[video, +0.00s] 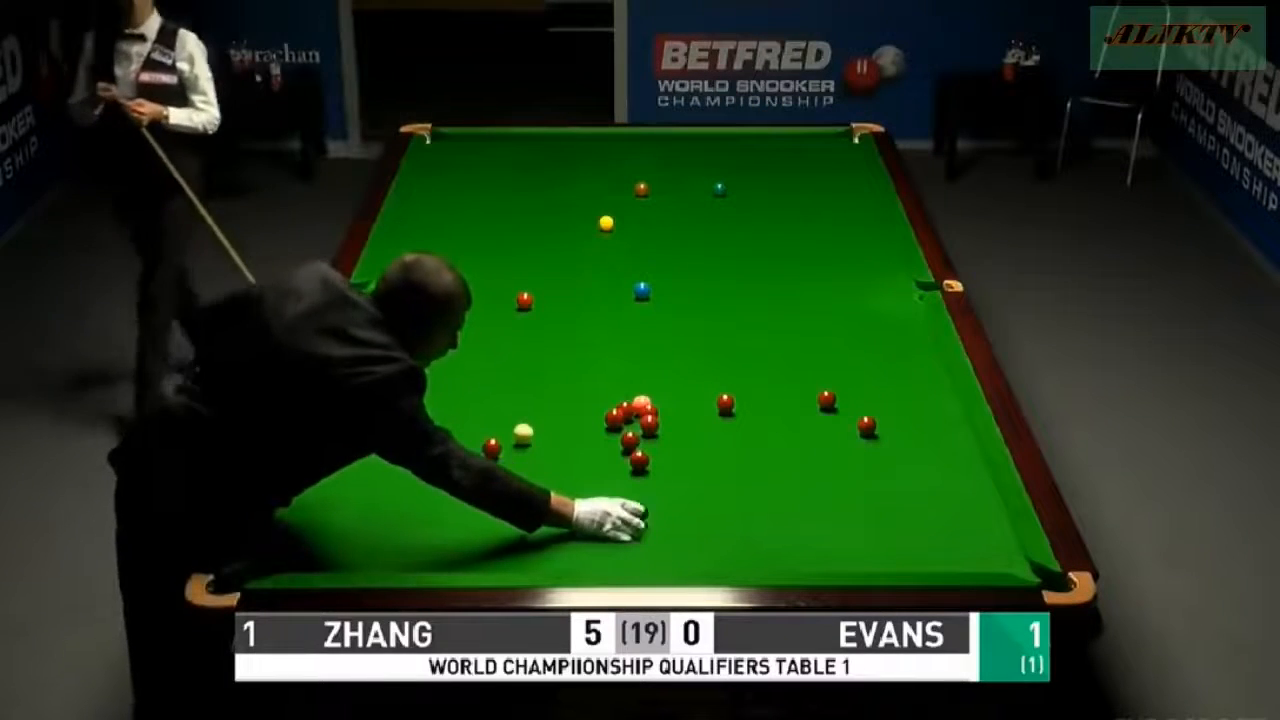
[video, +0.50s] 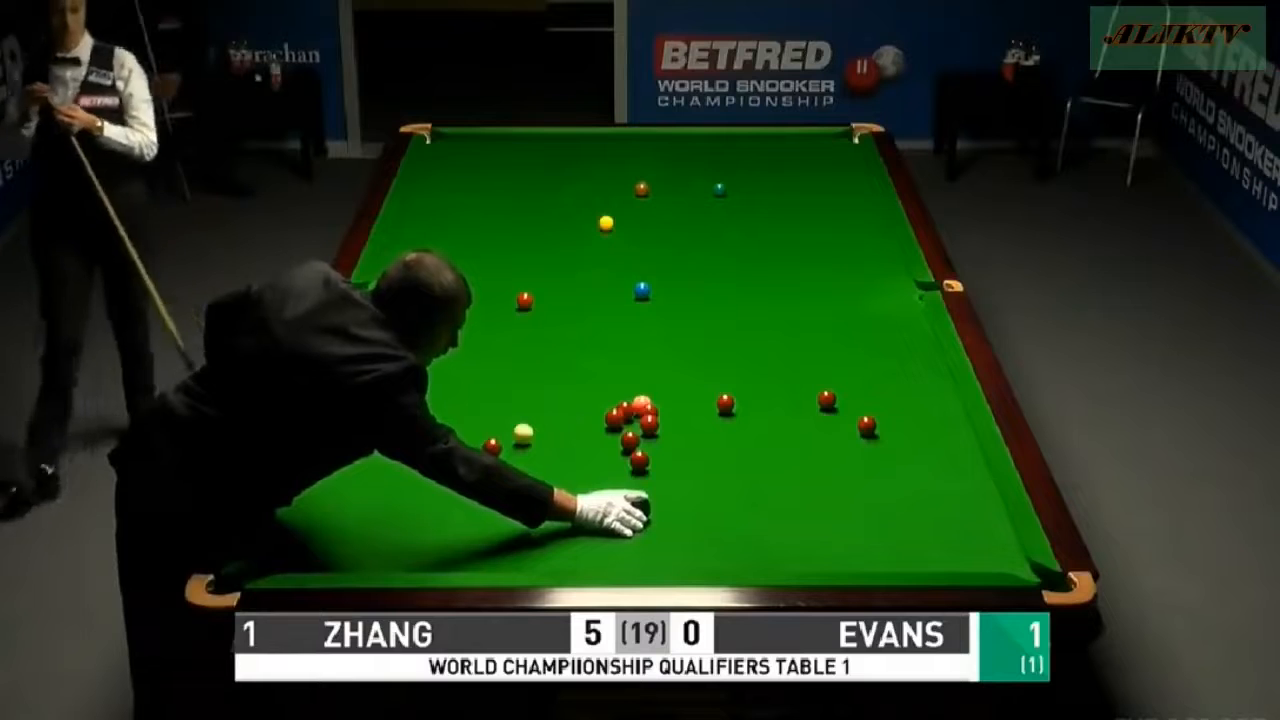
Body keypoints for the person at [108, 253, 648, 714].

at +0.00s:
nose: (455, 343)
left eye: (457, 330)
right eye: (453, 331)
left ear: (387, 288)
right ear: (426, 329)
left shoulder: (311, 282)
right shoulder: (383, 386)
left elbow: (205, 320)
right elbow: (457, 469)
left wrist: (255, 391)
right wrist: (568, 510)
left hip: (153, 461)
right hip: (203, 504)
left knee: (161, 653)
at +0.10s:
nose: (453, 341)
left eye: (455, 327)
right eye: (451, 329)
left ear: (385, 286)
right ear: (425, 327)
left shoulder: (311, 282)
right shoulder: (380, 385)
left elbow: (214, 321)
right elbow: (456, 471)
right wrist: (567, 511)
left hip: (151, 464)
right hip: (203, 503)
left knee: (161, 654)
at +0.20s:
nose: (452, 340)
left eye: (453, 326)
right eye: (450, 329)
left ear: (384, 285)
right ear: (425, 327)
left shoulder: (312, 281)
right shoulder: (382, 384)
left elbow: (223, 313)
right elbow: (456, 467)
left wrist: (238, 406)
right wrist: (568, 508)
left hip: (155, 455)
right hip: (202, 498)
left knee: (160, 645)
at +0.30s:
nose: (453, 339)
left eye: (455, 326)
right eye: (451, 328)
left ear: (385, 285)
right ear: (426, 327)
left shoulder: (313, 281)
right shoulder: (383, 383)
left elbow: (223, 314)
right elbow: (456, 465)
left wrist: (239, 404)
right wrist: (570, 506)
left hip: (153, 452)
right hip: (201, 496)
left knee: (160, 639)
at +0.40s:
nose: (454, 341)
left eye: (456, 329)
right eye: (452, 330)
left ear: (386, 286)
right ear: (427, 328)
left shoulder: (312, 280)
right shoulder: (384, 381)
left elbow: (219, 315)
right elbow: (456, 464)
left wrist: (240, 400)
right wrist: (574, 506)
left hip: (155, 452)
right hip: (199, 495)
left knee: (160, 639)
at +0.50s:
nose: (455, 342)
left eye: (457, 329)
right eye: (453, 330)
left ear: (387, 286)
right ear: (428, 328)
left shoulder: (314, 281)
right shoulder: (384, 382)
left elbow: (221, 315)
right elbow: (456, 464)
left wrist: (238, 401)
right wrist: (575, 506)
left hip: (154, 451)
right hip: (197, 495)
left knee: (160, 639)